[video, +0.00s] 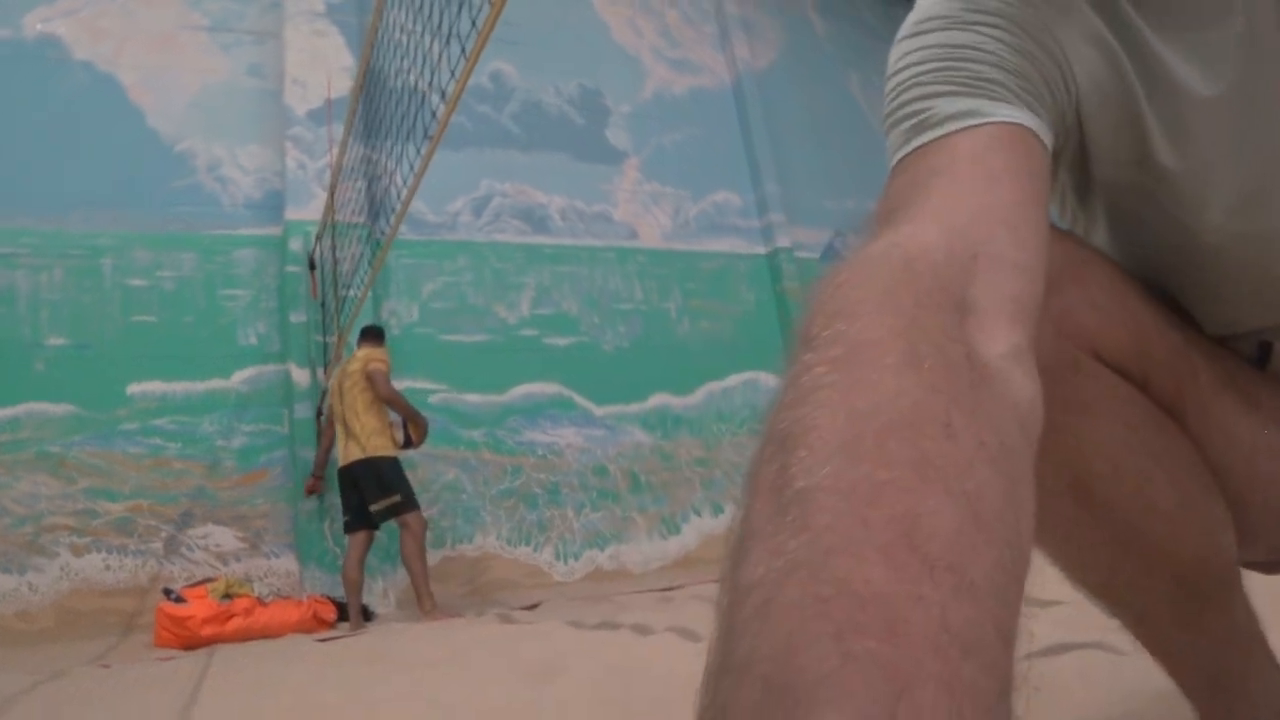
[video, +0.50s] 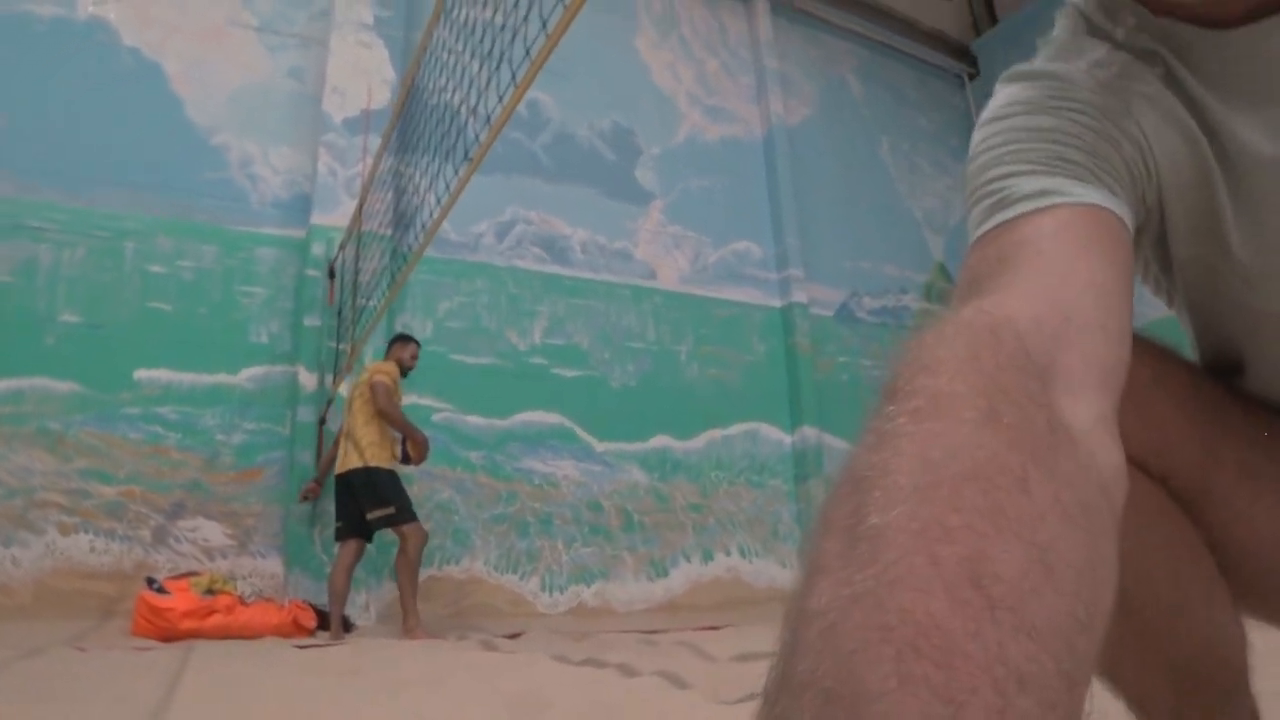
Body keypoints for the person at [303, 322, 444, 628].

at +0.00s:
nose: (381, 352)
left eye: (375, 347)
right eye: (382, 347)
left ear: (358, 344)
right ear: (382, 344)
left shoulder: (339, 375)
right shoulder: (376, 356)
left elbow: (328, 426)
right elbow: (384, 391)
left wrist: (317, 473)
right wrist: (415, 418)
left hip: (349, 466)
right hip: (378, 459)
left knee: (359, 538)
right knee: (413, 523)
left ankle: (355, 620)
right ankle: (428, 606)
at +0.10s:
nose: (385, 351)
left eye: (381, 346)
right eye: (386, 346)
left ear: (362, 343)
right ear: (385, 343)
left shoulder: (342, 374)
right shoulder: (377, 357)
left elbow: (330, 427)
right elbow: (384, 392)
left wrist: (317, 473)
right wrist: (416, 420)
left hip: (348, 464)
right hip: (377, 459)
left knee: (358, 536)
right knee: (410, 525)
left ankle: (352, 619)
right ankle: (426, 609)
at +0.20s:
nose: (392, 352)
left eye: (391, 348)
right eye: (392, 347)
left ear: (367, 343)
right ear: (389, 343)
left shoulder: (344, 372)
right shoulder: (379, 356)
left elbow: (331, 426)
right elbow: (383, 391)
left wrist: (316, 472)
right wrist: (414, 421)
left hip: (348, 463)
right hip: (376, 458)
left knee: (356, 536)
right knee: (407, 527)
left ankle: (348, 620)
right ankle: (422, 612)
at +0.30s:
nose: (398, 355)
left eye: (400, 350)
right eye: (397, 348)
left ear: (373, 342)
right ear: (386, 341)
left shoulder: (346, 372)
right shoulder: (378, 356)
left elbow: (330, 425)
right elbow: (384, 390)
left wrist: (313, 469)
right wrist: (415, 420)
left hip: (346, 462)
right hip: (375, 457)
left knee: (351, 536)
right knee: (405, 526)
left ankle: (341, 619)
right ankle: (416, 614)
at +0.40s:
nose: (406, 354)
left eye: (408, 350)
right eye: (403, 347)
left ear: (381, 347)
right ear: (388, 343)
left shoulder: (351, 376)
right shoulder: (381, 361)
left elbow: (335, 430)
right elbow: (383, 397)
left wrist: (314, 474)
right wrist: (416, 427)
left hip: (347, 468)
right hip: (375, 464)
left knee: (352, 543)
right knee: (409, 533)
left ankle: (340, 625)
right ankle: (415, 620)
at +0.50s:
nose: (414, 361)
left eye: (416, 357)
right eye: (411, 354)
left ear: (402, 355)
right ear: (394, 349)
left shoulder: (364, 381)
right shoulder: (384, 369)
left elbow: (342, 436)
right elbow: (384, 404)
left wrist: (319, 478)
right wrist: (416, 435)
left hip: (348, 472)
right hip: (373, 469)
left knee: (350, 548)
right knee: (414, 535)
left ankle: (335, 630)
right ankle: (412, 625)